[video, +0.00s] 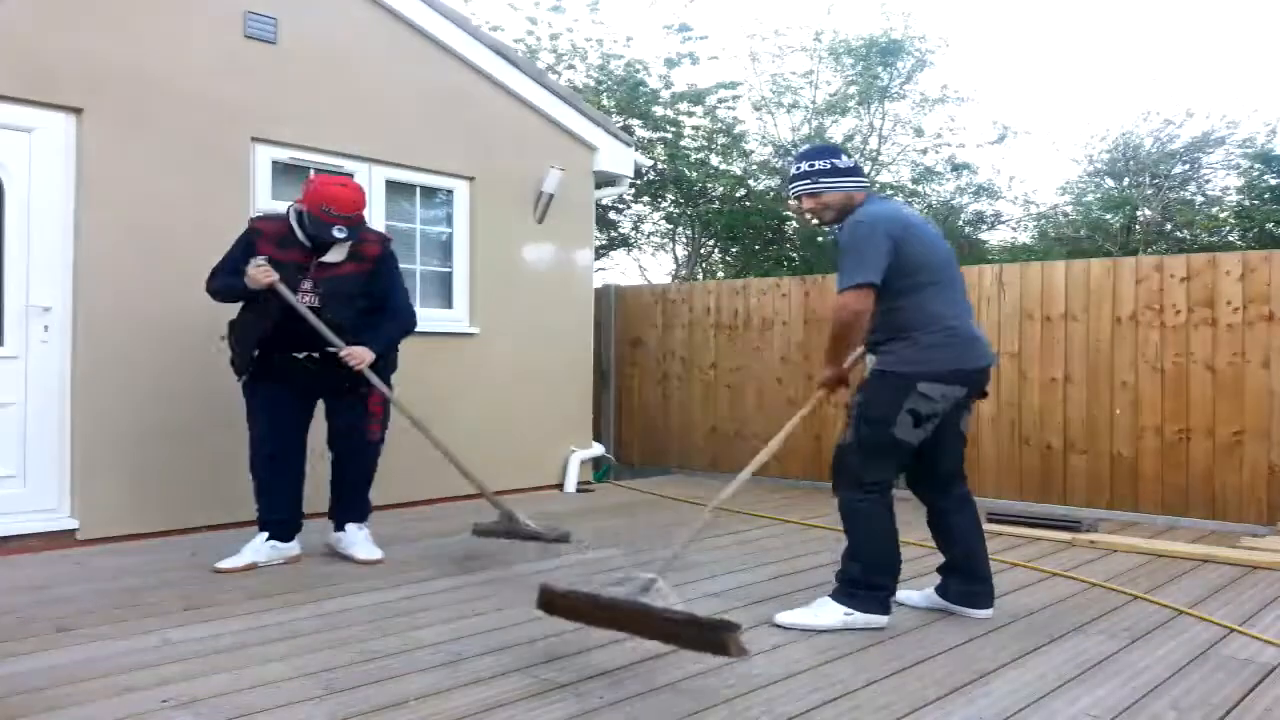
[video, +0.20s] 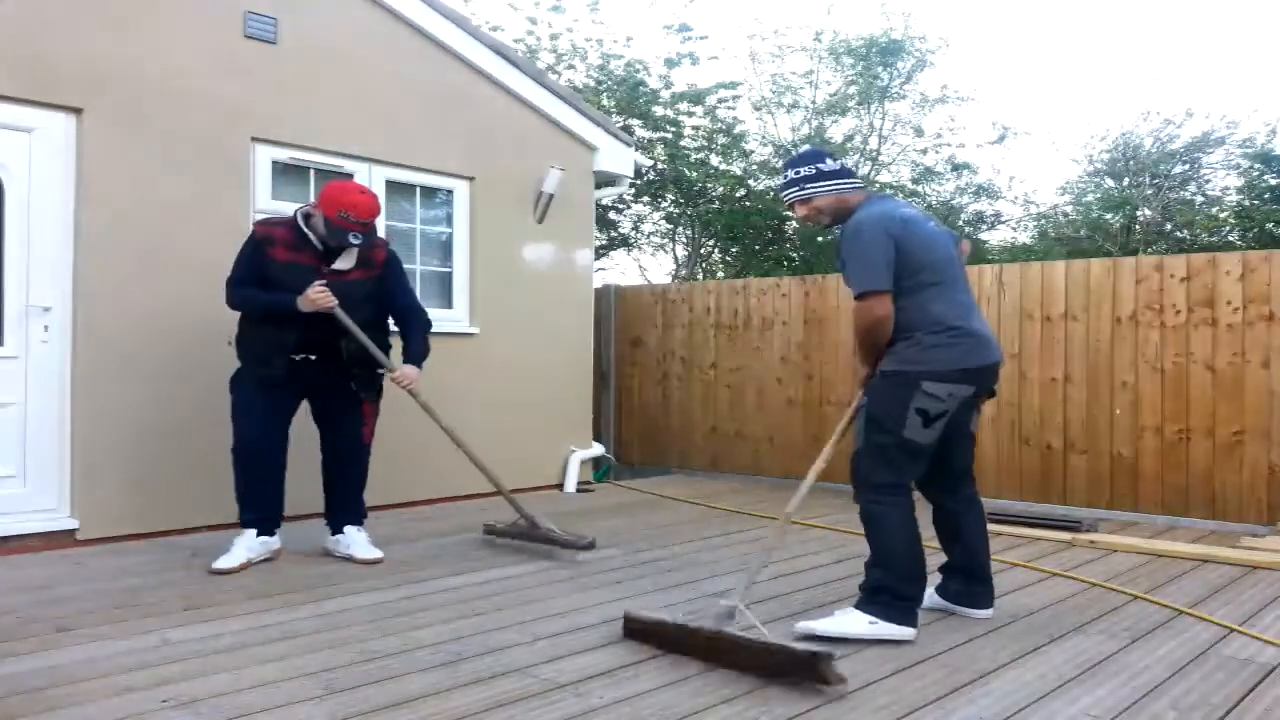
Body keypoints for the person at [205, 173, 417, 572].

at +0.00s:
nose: (333, 245)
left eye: (343, 237)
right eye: (325, 235)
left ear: (356, 224)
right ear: (304, 216)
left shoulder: (373, 251)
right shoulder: (266, 235)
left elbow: (401, 314)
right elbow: (217, 284)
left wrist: (372, 346)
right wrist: (246, 282)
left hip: (351, 364)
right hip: (279, 362)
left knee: (359, 440)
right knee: (274, 447)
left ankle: (350, 527)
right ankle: (279, 536)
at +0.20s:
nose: (347, 247)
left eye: (356, 240)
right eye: (341, 237)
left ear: (367, 229)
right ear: (319, 219)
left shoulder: (377, 257)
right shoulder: (269, 239)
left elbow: (412, 316)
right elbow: (237, 294)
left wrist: (413, 362)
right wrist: (296, 302)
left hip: (344, 369)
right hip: (272, 366)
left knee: (349, 443)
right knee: (255, 443)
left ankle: (347, 531)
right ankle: (260, 533)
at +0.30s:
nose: (346, 249)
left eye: (355, 242)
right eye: (340, 239)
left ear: (366, 231)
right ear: (318, 219)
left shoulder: (375, 259)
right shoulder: (265, 240)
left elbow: (407, 317)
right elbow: (235, 296)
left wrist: (410, 366)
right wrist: (302, 306)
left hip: (337, 373)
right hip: (264, 367)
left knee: (344, 448)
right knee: (241, 445)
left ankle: (346, 531)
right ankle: (223, 536)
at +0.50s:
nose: (318, 249)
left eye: (327, 242)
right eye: (312, 240)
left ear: (338, 230)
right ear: (291, 219)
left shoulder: (349, 260)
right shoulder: (238, 238)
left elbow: (379, 324)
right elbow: (198, 294)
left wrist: (366, 362)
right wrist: (257, 294)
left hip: (309, 374)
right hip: (234, 370)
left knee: (328, 449)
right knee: (212, 451)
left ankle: (344, 530)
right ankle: (188, 541)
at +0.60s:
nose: (294, 247)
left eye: (302, 240)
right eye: (288, 237)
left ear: (313, 229)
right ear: (265, 219)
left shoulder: (325, 258)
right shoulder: (216, 236)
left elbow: (356, 321)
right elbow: (170, 292)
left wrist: (332, 358)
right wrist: (223, 284)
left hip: (284, 372)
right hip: (213, 370)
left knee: (313, 448)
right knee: (197, 452)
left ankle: (340, 529)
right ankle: (184, 542)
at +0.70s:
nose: (272, 243)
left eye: (280, 236)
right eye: (264, 234)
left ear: (291, 225)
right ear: (240, 217)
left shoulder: (305, 255)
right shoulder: (194, 234)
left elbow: (332, 320)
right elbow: (141, 288)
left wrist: (295, 353)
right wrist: (187, 274)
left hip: (267, 369)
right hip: (196, 368)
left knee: (296, 447)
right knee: (188, 454)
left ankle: (329, 526)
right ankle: (184, 543)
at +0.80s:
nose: (250, 242)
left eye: (260, 235)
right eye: (243, 232)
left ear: (272, 223)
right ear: (221, 214)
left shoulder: (289, 254)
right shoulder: (176, 232)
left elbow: (311, 320)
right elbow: (119, 285)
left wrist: (262, 348)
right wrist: (162, 263)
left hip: (262, 362)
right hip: (185, 362)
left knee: (281, 441)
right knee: (184, 452)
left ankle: (297, 526)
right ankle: (183, 541)